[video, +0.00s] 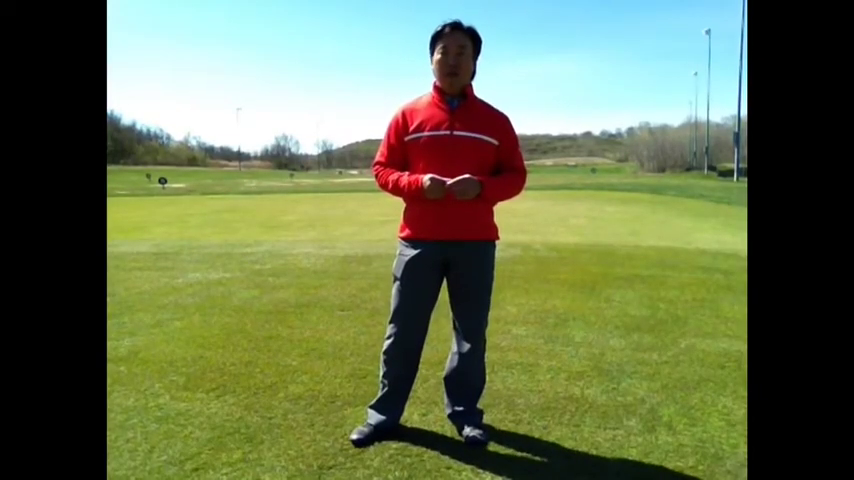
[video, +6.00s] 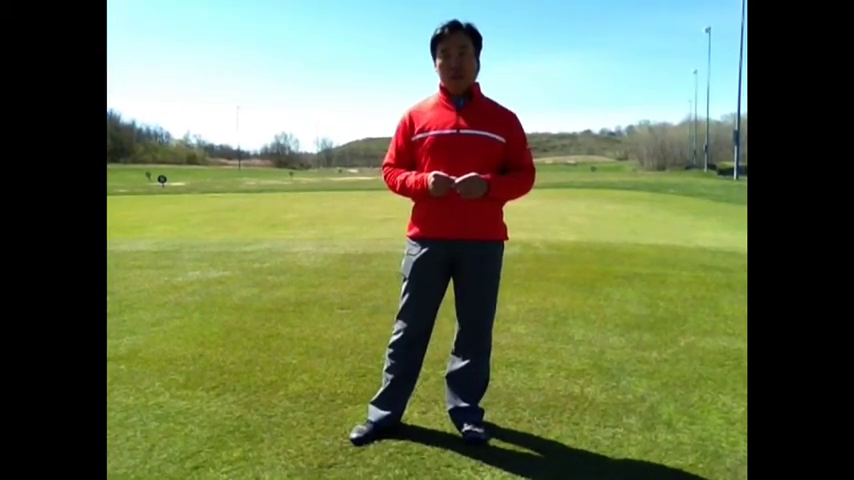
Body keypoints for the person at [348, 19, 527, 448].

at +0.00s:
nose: (451, 59)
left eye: (461, 52)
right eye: (444, 51)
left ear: (475, 61)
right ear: (431, 60)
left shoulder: (496, 122)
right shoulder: (407, 117)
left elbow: (516, 177)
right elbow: (382, 171)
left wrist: (483, 188)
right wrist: (418, 183)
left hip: (474, 245)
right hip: (419, 242)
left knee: (471, 336)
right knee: (402, 332)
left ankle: (466, 415)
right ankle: (384, 416)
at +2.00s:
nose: (454, 60)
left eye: (463, 52)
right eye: (446, 52)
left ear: (479, 58)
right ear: (434, 60)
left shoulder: (503, 121)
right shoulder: (414, 116)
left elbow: (524, 177)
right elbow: (389, 172)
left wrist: (487, 188)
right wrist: (422, 185)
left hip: (481, 245)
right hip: (426, 243)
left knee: (474, 336)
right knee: (407, 331)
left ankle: (467, 416)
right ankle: (384, 416)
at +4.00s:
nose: (453, 59)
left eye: (462, 51)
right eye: (445, 50)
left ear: (478, 59)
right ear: (433, 58)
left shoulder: (499, 120)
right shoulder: (410, 114)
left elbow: (519, 175)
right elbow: (384, 165)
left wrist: (494, 188)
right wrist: (400, 180)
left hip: (475, 243)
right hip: (419, 240)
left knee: (471, 333)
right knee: (402, 329)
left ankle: (466, 414)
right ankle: (383, 414)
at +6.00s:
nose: (454, 62)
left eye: (463, 53)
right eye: (445, 54)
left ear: (478, 59)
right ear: (434, 62)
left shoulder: (503, 120)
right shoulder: (416, 117)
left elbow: (525, 176)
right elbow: (391, 171)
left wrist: (489, 185)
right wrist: (423, 181)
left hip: (482, 244)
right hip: (427, 241)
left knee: (475, 334)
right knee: (408, 330)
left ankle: (468, 414)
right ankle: (383, 415)